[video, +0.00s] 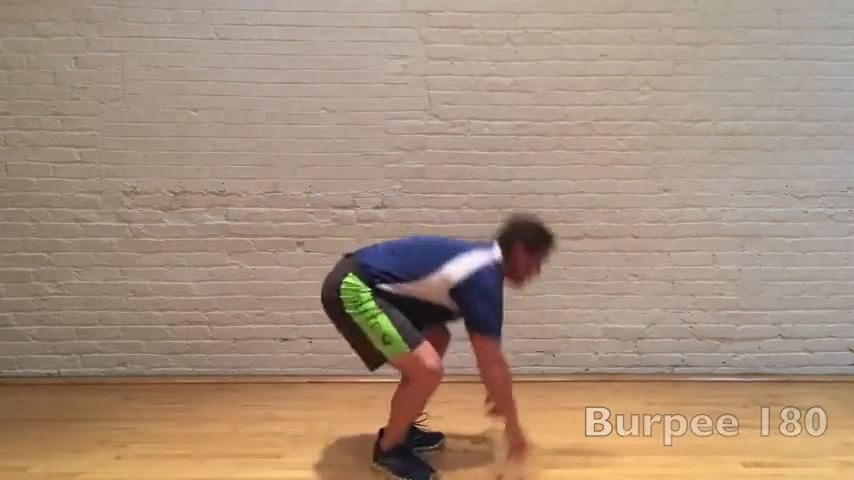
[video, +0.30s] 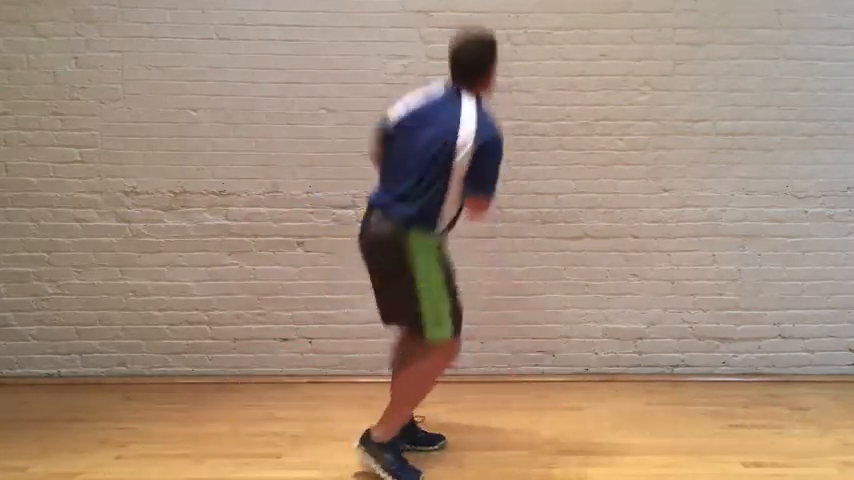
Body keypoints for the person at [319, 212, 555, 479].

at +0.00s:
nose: (536, 269)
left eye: (539, 260)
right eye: (535, 257)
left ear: (514, 249)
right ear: (517, 249)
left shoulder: (485, 259)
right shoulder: (484, 275)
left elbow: (486, 343)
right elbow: (491, 359)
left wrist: (497, 390)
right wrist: (513, 429)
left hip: (365, 278)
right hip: (352, 286)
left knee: (436, 339)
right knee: (426, 369)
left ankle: (402, 427)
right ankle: (389, 448)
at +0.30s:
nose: (496, 74)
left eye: (493, 66)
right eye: (495, 67)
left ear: (453, 67)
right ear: (489, 73)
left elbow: (378, 148)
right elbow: (477, 204)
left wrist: (408, 180)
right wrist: (458, 171)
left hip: (378, 227)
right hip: (413, 237)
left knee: (415, 331)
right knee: (443, 343)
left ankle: (402, 422)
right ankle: (380, 439)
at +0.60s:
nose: (392, 12)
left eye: (396, 5)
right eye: (394, 5)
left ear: (413, 10)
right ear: (435, 13)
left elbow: (382, 130)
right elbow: (479, 119)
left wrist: (362, 120)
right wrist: (430, 118)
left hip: (425, 188)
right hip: (458, 185)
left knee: (400, 296)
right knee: (430, 285)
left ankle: (422, 407)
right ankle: (451, 378)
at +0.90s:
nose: (336, 150)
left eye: (340, 139)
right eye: (334, 141)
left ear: (367, 134)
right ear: (365, 135)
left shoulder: (414, 177)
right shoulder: (382, 176)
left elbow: (418, 255)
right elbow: (364, 226)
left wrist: (362, 290)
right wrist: (324, 259)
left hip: (482, 261)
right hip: (450, 260)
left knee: (429, 352)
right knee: (410, 341)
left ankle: (481, 451)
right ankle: (456, 413)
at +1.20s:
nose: (316, 305)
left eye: (313, 297)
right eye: (310, 300)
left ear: (328, 281)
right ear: (330, 275)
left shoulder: (370, 288)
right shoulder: (360, 270)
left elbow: (355, 376)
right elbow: (351, 344)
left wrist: (324, 436)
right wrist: (330, 393)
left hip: (492, 284)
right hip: (477, 276)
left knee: (423, 368)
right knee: (413, 338)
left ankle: (482, 456)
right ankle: (459, 420)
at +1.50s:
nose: (290, 378)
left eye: (282, 373)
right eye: (282, 374)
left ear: (286, 357)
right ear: (287, 346)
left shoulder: (325, 343)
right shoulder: (314, 325)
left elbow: (332, 419)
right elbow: (345, 381)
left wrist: (324, 475)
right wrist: (331, 427)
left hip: (424, 261)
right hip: (427, 248)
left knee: (458, 371)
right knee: (475, 343)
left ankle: (557, 419)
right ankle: (550, 369)